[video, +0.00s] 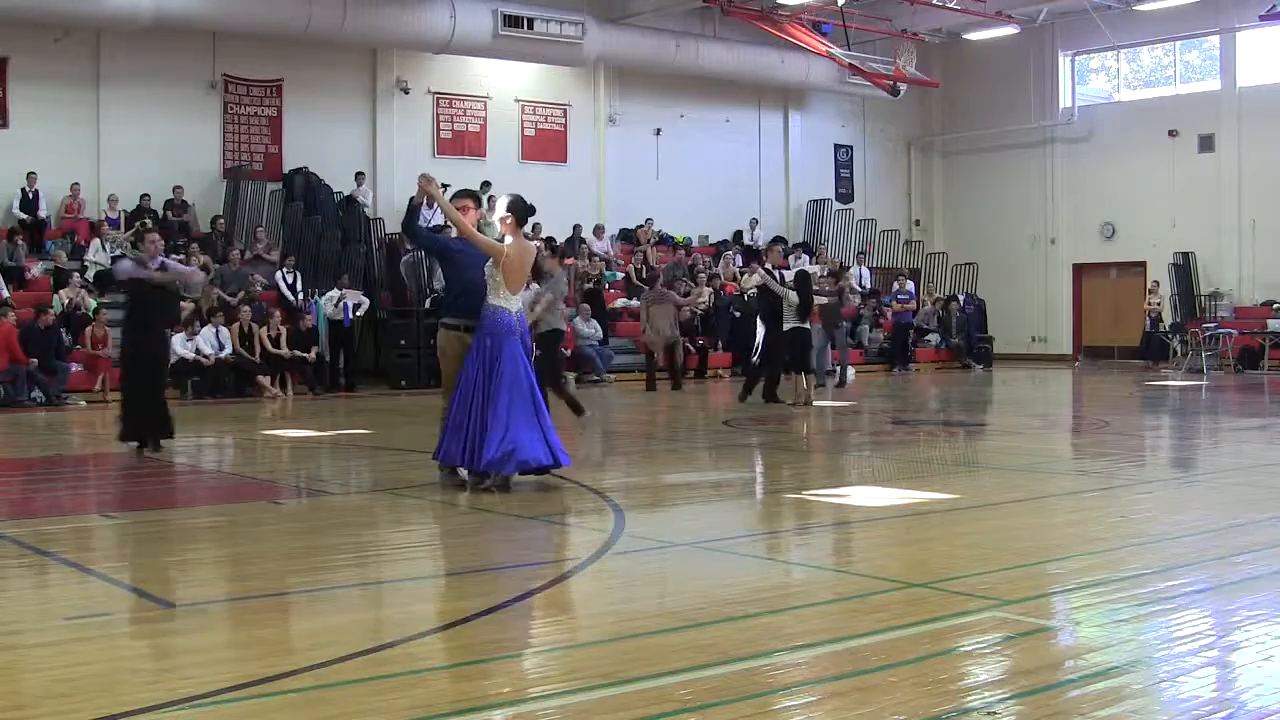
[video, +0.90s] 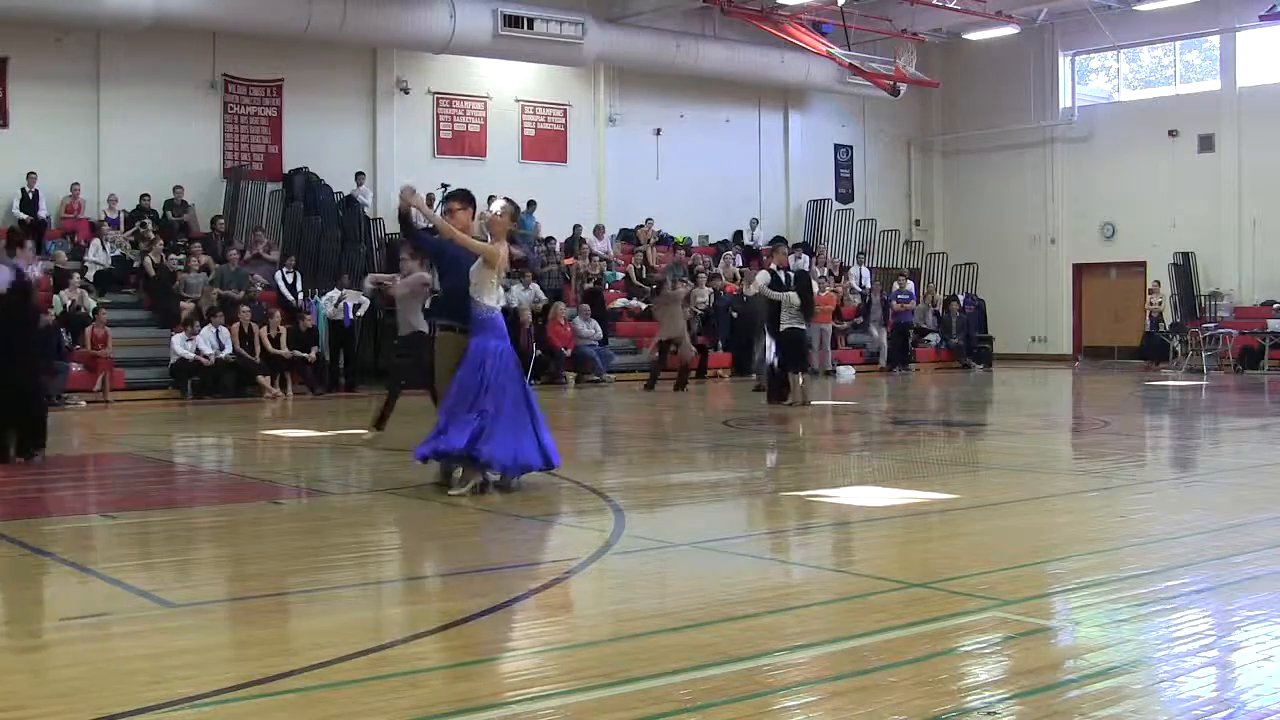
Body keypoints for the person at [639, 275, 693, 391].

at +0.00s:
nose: (662, 278)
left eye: (660, 277)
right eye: (660, 277)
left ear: (649, 282)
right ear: (659, 280)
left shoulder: (645, 296)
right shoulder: (669, 294)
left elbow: (643, 316)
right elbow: (682, 302)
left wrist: (642, 329)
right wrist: (697, 296)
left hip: (652, 331)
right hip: (669, 330)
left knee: (649, 355)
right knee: (673, 357)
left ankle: (650, 383)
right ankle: (676, 383)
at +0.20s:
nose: (659, 281)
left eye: (658, 279)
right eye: (658, 279)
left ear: (646, 281)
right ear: (655, 281)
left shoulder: (641, 297)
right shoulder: (665, 294)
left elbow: (632, 316)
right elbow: (679, 302)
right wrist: (691, 301)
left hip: (647, 331)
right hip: (663, 331)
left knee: (647, 357)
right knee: (662, 354)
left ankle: (649, 383)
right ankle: (661, 379)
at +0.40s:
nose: (657, 284)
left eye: (656, 282)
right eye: (656, 282)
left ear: (646, 283)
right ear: (655, 282)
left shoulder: (641, 298)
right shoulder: (663, 297)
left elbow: (633, 314)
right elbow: (673, 307)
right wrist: (685, 307)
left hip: (645, 330)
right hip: (660, 330)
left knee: (648, 359)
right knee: (656, 359)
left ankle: (650, 386)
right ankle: (646, 383)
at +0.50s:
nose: (657, 286)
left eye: (656, 283)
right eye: (656, 284)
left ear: (645, 285)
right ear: (653, 285)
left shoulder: (642, 300)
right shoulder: (662, 298)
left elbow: (641, 315)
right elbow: (670, 313)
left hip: (649, 327)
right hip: (662, 327)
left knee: (652, 356)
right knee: (656, 356)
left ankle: (649, 382)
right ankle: (645, 383)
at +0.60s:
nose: (657, 285)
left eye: (656, 283)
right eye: (655, 283)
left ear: (646, 285)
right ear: (652, 284)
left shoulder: (644, 300)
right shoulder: (663, 298)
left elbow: (643, 314)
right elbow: (668, 310)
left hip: (651, 327)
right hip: (663, 326)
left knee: (653, 356)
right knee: (657, 357)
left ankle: (648, 382)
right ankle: (647, 382)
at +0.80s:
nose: (666, 284)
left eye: (665, 282)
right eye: (664, 282)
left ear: (654, 286)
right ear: (661, 284)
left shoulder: (653, 302)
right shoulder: (669, 296)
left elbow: (652, 317)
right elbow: (679, 294)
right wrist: (680, 286)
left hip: (660, 333)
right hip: (673, 333)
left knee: (655, 360)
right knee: (682, 356)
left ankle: (649, 384)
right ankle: (679, 383)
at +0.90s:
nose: (670, 286)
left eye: (668, 284)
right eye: (668, 284)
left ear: (657, 288)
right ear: (666, 286)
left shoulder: (656, 301)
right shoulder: (676, 296)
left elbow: (656, 316)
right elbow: (688, 289)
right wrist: (682, 285)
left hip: (665, 332)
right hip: (679, 331)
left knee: (659, 359)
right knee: (685, 357)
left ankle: (650, 384)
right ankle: (680, 385)